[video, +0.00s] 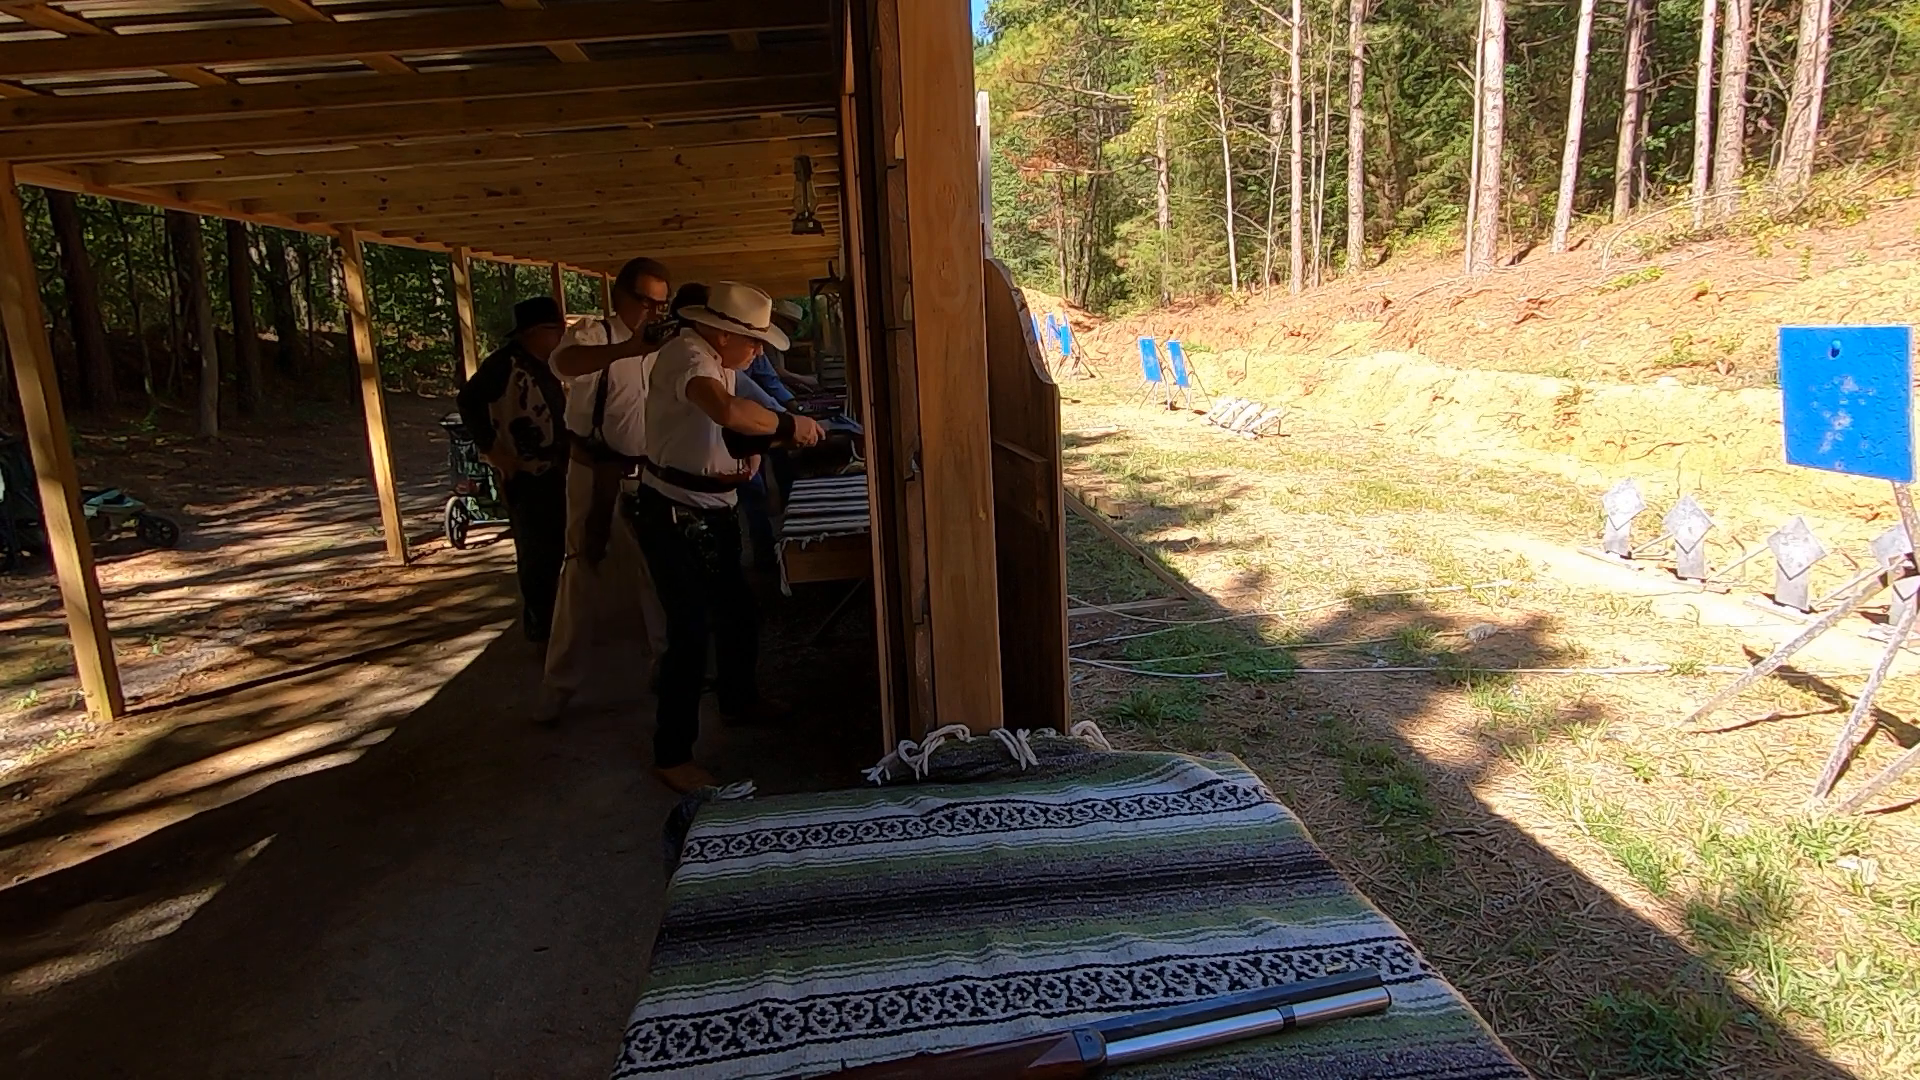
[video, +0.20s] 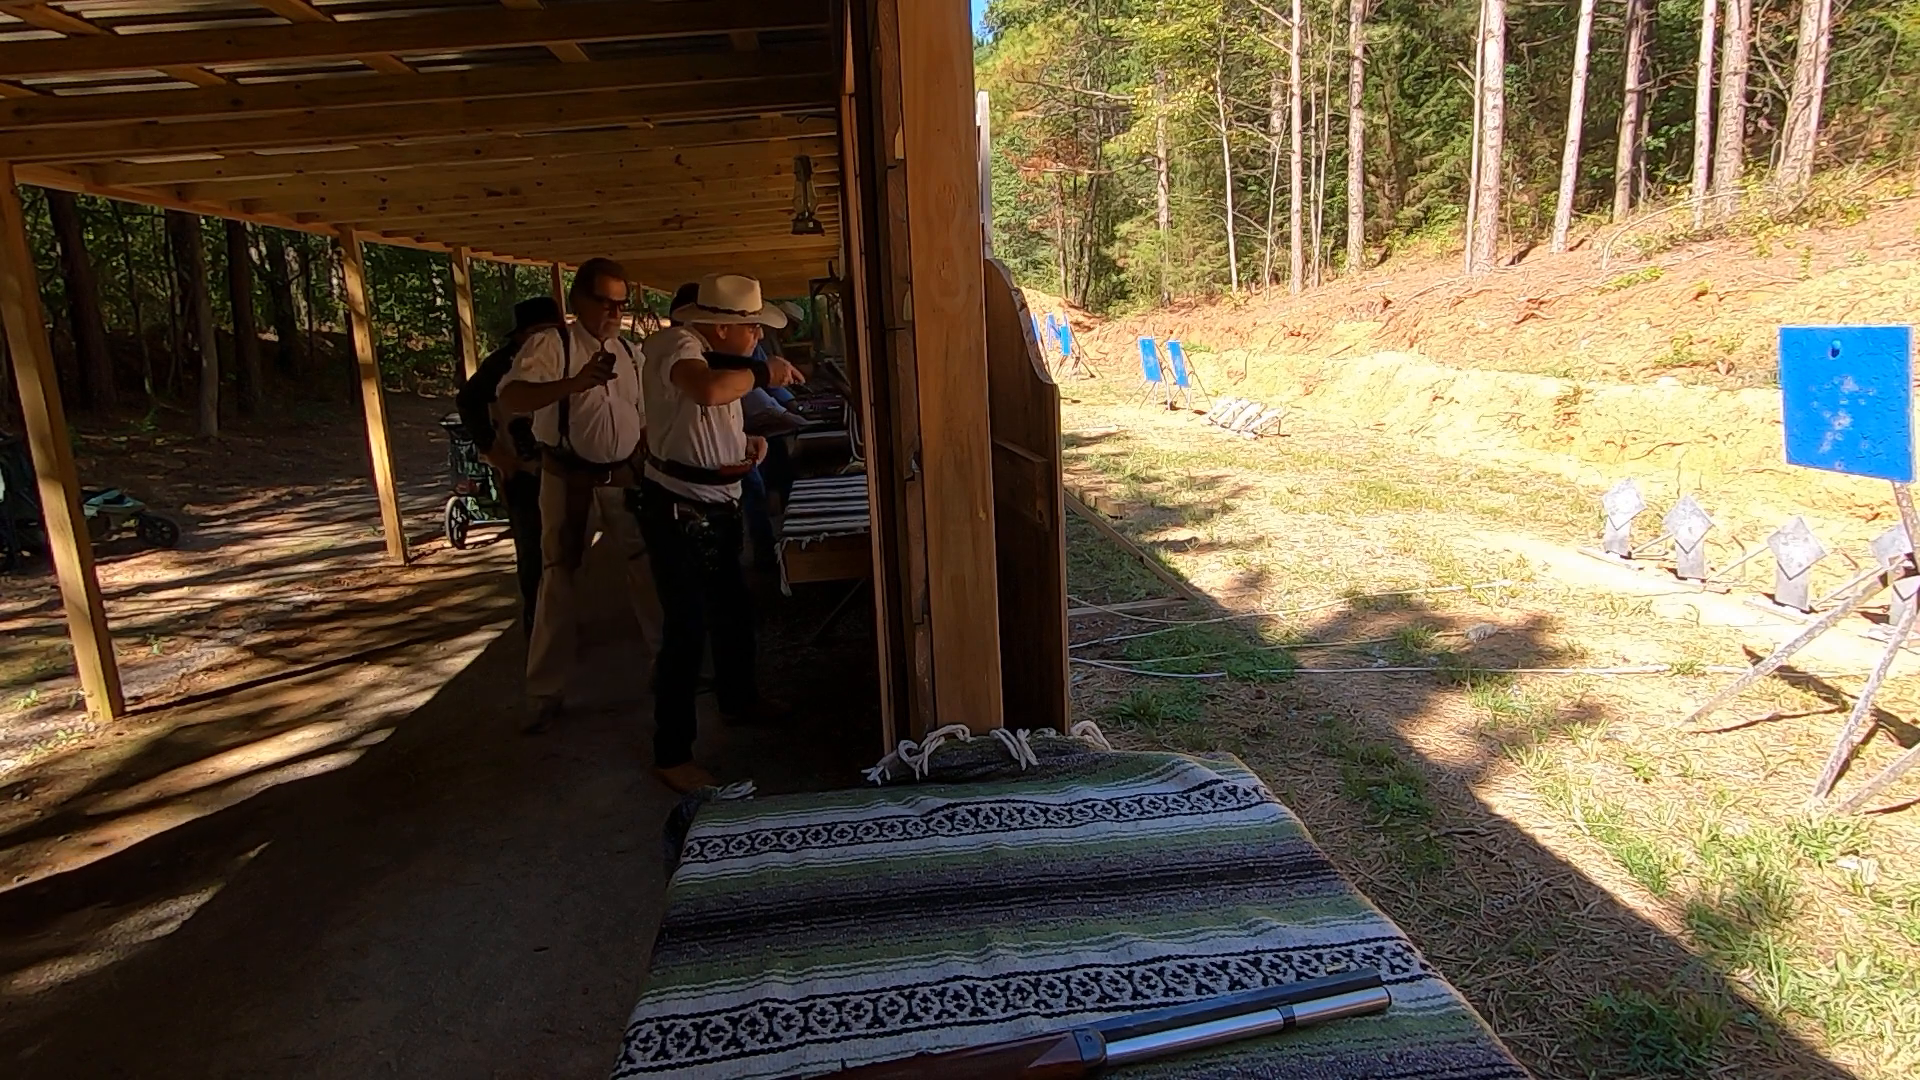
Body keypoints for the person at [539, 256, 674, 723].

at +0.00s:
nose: (655, 312)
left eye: (661, 305)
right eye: (648, 303)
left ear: (665, 305)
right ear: (621, 296)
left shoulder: (661, 343)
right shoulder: (594, 331)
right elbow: (562, 362)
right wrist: (631, 348)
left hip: (650, 471)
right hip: (595, 472)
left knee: (657, 574)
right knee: (581, 576)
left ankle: (667, 665)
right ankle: (557, 687)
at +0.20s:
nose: (615, 311)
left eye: (620, 304)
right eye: (605, 303)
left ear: (624, 304)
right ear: (577, 301)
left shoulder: (627, 351)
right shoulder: (549, 343)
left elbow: (640, 408)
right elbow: (512, 397)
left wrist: (644, 443)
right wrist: (573, 383)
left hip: (623, 475)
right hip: (567, 479)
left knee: (646, 575)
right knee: (559, 582)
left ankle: (666, 669)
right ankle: (544, 694)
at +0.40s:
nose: (568, 309)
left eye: (573, 300)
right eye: (557, 301)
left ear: (577, 301)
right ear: (528, 301)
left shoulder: (593, 354)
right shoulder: (499, 357)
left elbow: (614, 419)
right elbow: (462, 428)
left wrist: (640, 469)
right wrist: (517, 433)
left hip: (591, 480)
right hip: (533, 486)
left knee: (632, 563)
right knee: (537, 586)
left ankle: (663, 659)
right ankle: (543, 696)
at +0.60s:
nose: (534, 308)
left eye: (540, 299)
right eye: (524, 300)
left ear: (546, 300)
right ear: (494, 299)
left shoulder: (567, 353)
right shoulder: (463, 360)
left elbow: (592, 419)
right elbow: (443, 431)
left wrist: (621, 473)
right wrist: (483, 453)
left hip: (568, 480)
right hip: (509, 488)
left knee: (610, 567)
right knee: (525, 590)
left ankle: (631, 680)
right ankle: (539, 696)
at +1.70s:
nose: (491, 339)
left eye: (498, 330)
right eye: (484, 328)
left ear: (503, 322)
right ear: (456, 310)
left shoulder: (504, 367)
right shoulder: (399, 355)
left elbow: (521, 447)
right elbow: (361, 437)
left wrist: (549, 514)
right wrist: (420, 465)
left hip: (488, 512)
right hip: (422, 511)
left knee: (505, 618)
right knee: (421, 631)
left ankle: (511, 731)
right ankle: (407, 769)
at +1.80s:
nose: (483, 346)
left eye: (490, 337)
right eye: (478, 333)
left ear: (493, 328)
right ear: (448, 313)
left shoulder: (488, 368)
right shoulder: (391, 355)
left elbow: (505, 449)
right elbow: (346, 439)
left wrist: (534, 518)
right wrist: (413, 471)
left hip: (475, 515)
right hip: (409, 515)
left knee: (500, 618)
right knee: (406, 639)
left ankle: (510, 729)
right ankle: (394, 776)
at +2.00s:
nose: (464, 350)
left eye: (471, 341)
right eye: (459, 336)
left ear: (469, 334)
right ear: (424, 315)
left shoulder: (451, 370)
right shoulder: (366, 357)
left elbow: (463, 453)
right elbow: (318, 445)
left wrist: (489, 523)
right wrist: (403, 485)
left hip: (438, 515)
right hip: (374, 518)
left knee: (475, 617)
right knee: (381, 643)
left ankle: (506, 729)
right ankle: (392, 779)